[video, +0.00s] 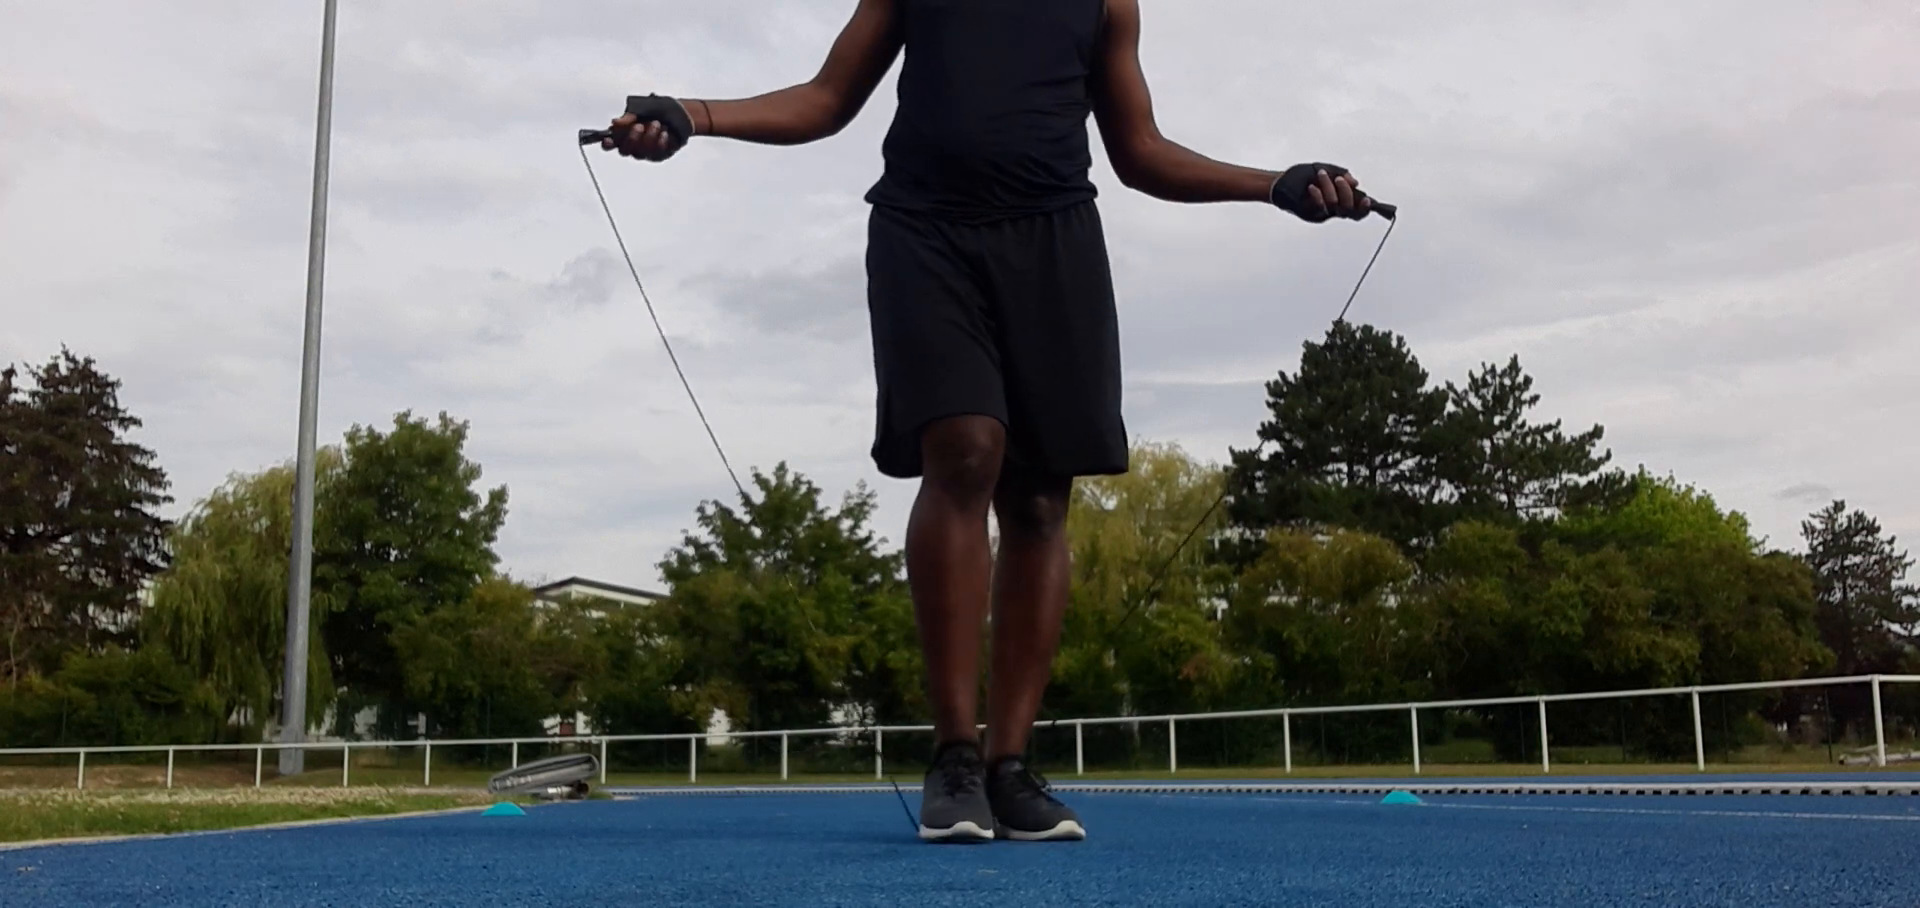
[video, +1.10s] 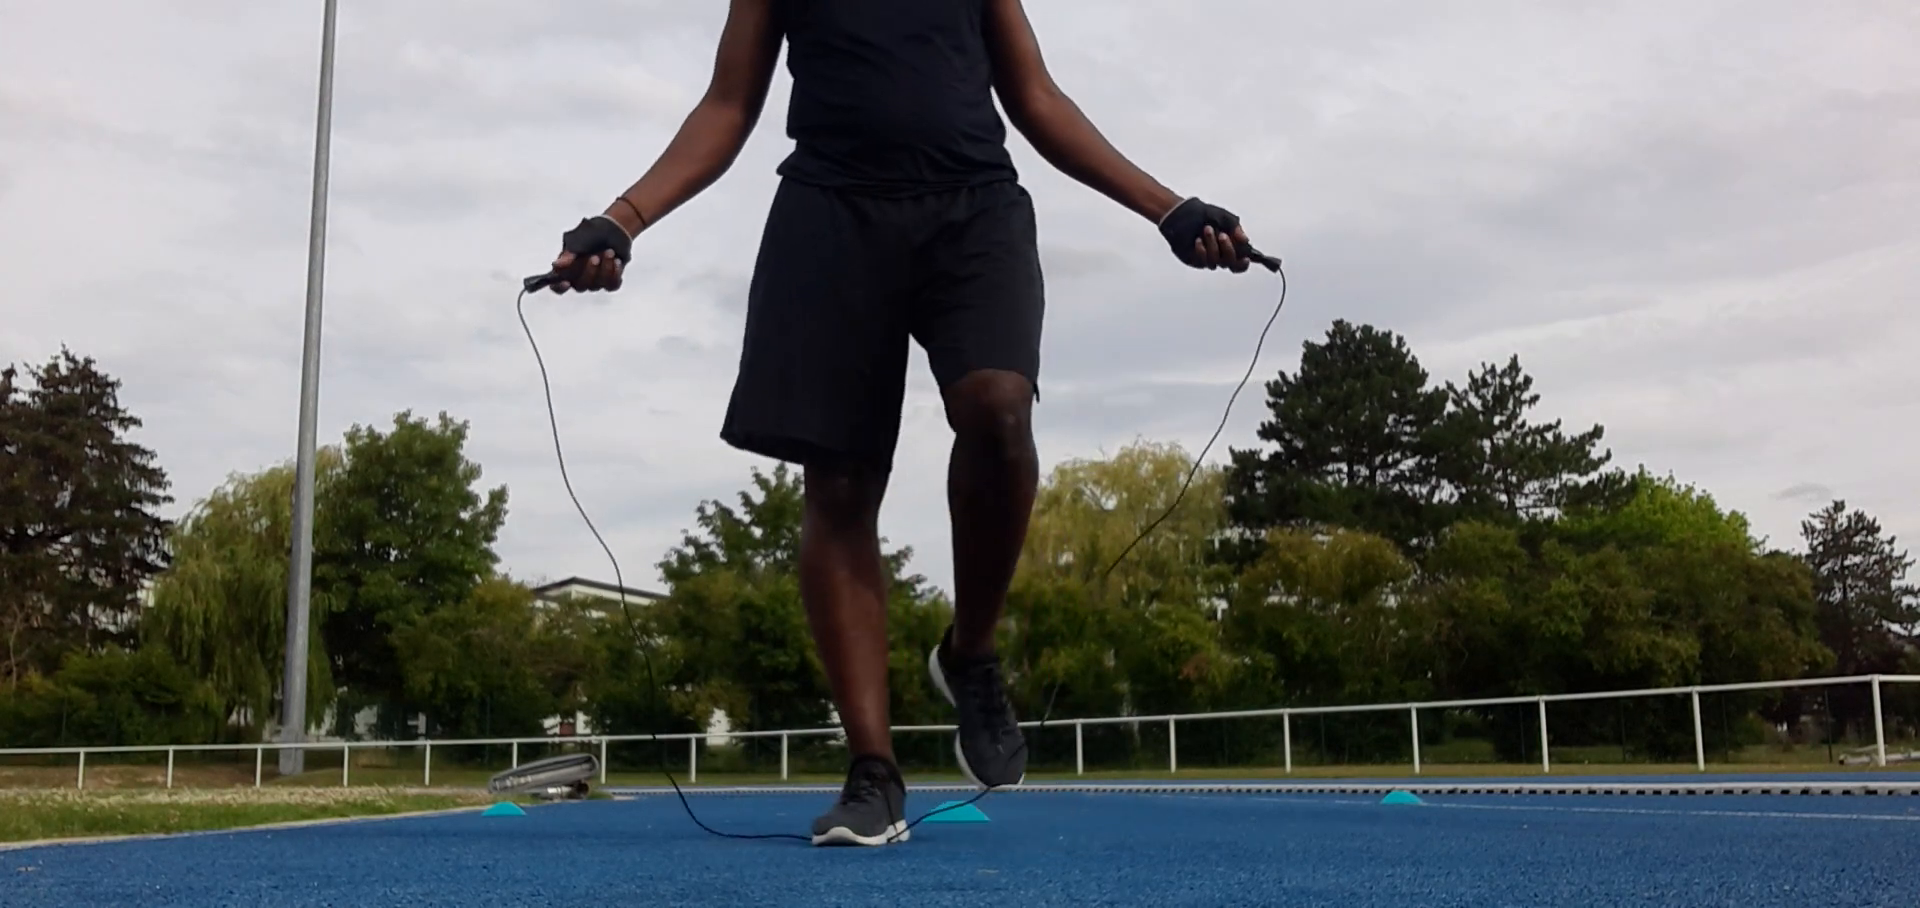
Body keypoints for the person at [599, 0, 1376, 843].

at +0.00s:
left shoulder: (1106, 13)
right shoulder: (907, 7)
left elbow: (1141, 153)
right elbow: (823, 101)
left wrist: (1279, 183)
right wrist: (690, 115)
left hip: (1053, 235)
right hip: (926, 228)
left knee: (1037, 495)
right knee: (963, 453)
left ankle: (1010, 769)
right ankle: (955, 761)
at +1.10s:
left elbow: (1036, 99)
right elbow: (729, 101)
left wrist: (1172, 209)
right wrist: (622, 219)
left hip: (975, 205)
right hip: (834, 212)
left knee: (996, 410)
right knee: (839, 488)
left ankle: (972, 655)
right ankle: (872, 772)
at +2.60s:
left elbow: (1153, 68)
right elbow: (822, 50)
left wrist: (1282, 204)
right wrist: (699, 183)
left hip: (1049, 162)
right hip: (902, 159)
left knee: (1045, 463)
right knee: (918, 386)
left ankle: (1012, 770)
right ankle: (930, 722)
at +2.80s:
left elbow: (1152, 45)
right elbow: (824, 41)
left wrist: (1274, 197)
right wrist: (712, 184)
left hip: (1049, 165)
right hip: (901, 166)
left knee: (1045, 466)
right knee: (913, 411)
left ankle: (1011, 772)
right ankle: (918, 762)